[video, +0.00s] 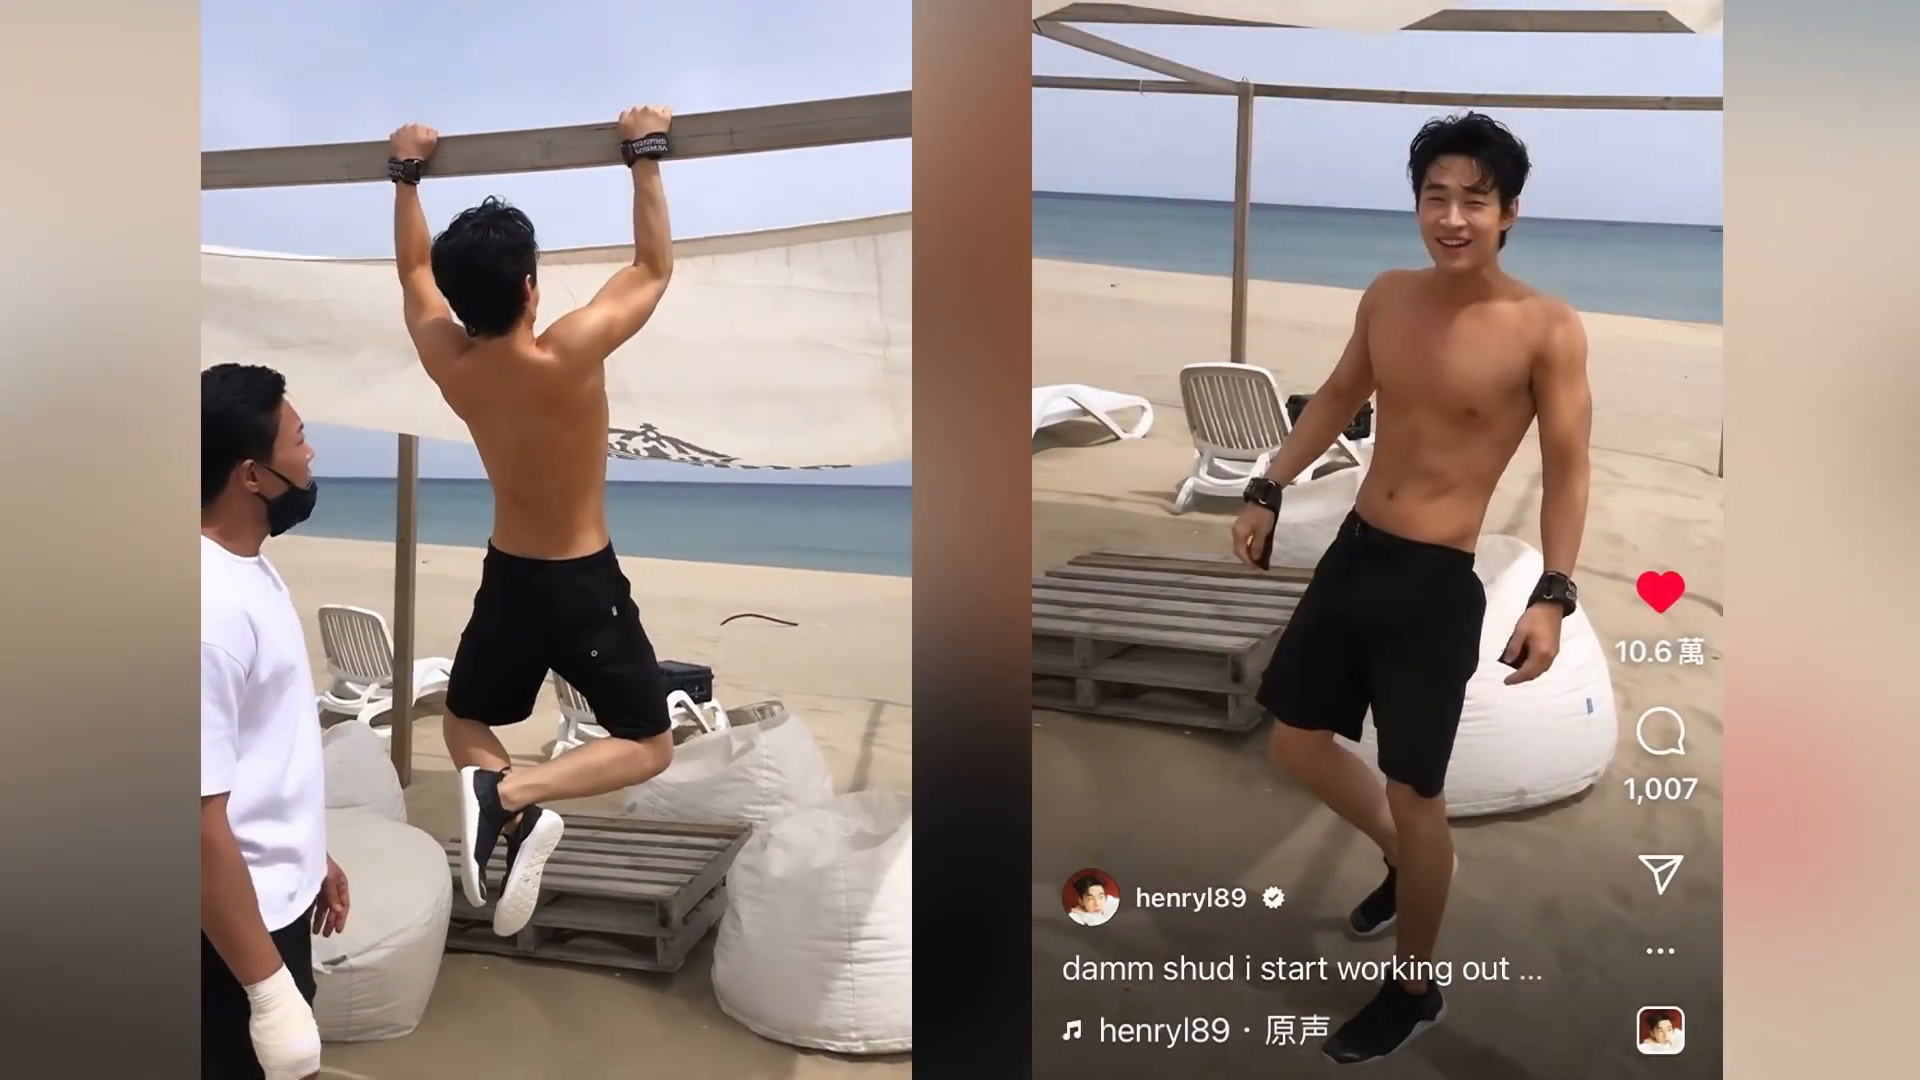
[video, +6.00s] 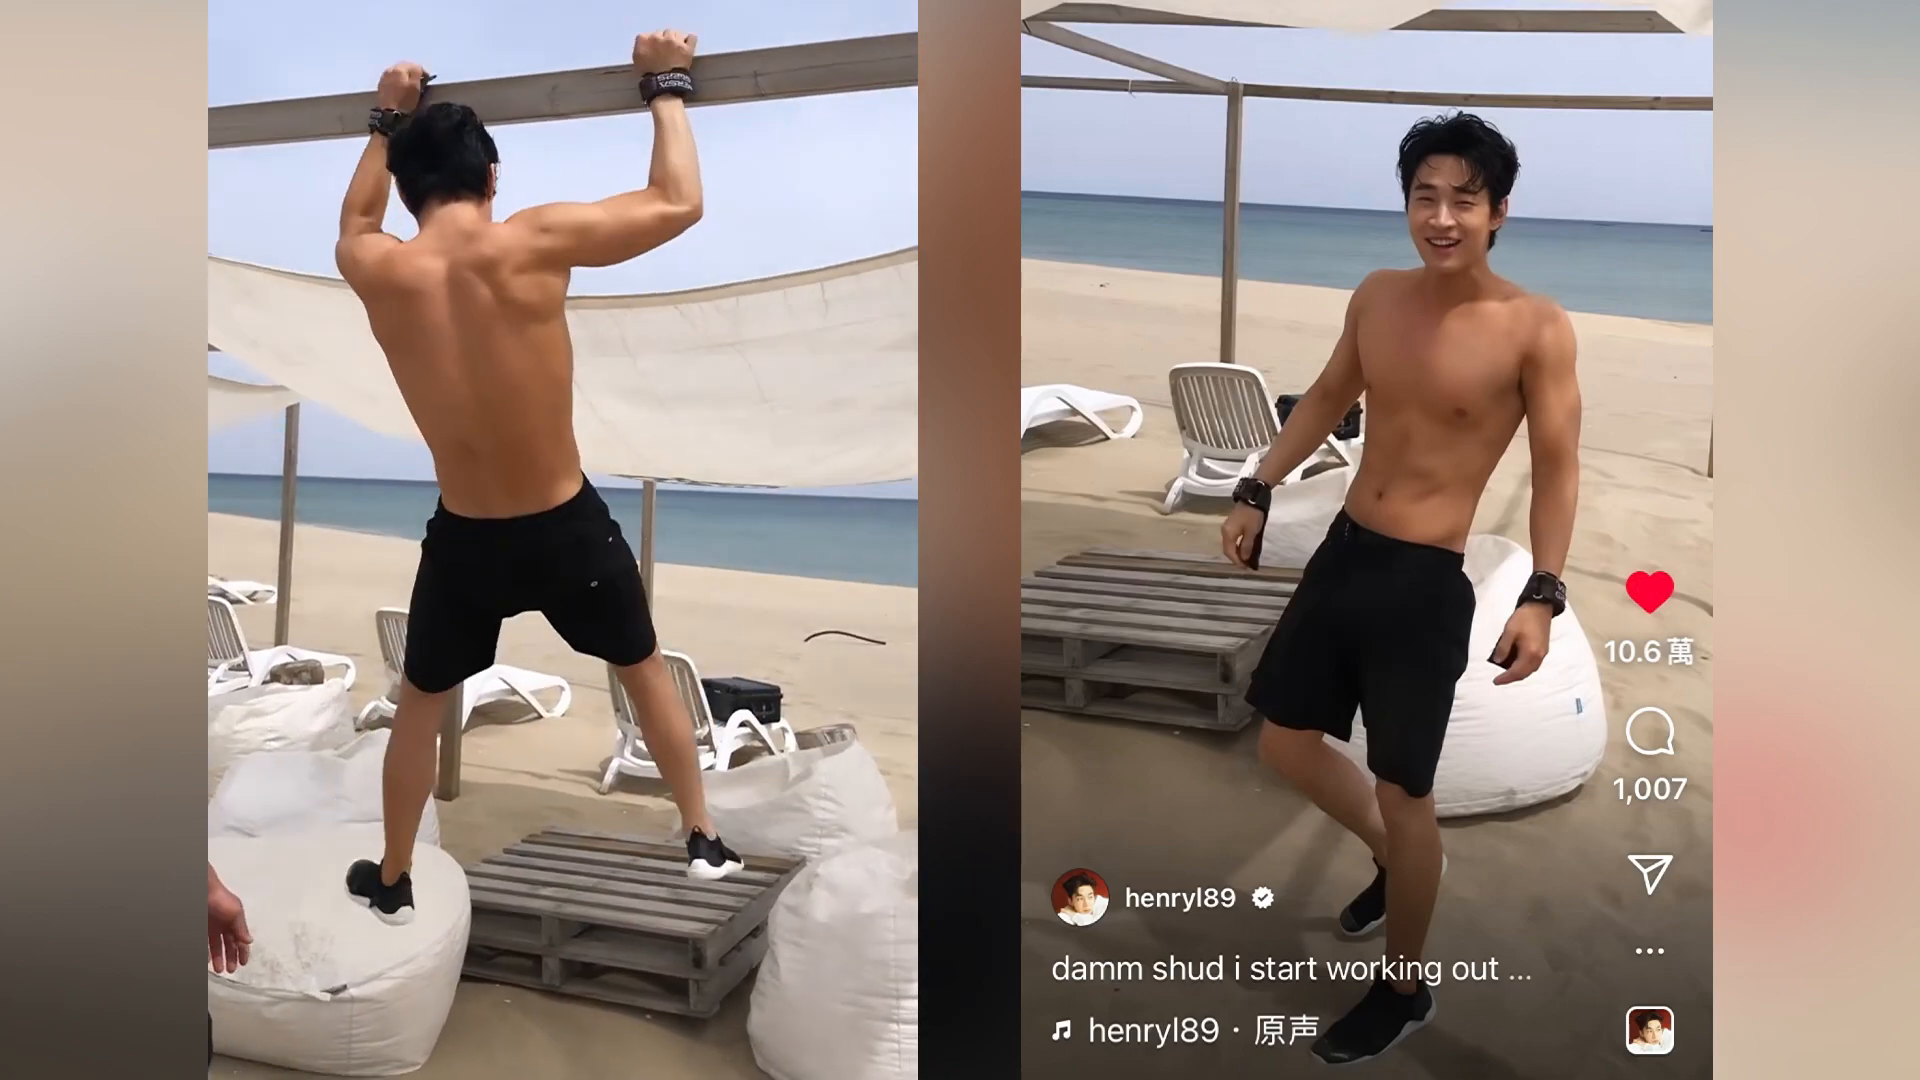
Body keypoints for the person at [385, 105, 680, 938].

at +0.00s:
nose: (541, 272)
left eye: (527, 265)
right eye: (535, 265)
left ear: (461, 297)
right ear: (528, 285)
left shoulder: (454, 364)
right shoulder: (574, 346)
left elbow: (417, 275)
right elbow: (651, 268)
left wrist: (404, 175)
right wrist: (645, 157)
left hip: (508, 583)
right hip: (588, 583)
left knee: (463, 719)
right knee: (647, 745)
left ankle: (521, 817)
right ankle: (509, 791)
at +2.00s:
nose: (524, 319)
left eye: (514, 306)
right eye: (521, 307)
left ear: (430, 331)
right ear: (512, 325)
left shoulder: (411, 414)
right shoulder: (559, 408)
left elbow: (376, 336)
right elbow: (648, 342)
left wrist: (370, 235)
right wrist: (641, 226)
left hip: (468, 670)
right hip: (558, 673)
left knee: (417, 830)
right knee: (620, 853)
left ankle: (487, 924)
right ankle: (472, 892)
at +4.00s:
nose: (595, 281)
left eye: (588, 269)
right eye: (594, 269)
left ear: (501, 292)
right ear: (583, 287)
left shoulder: (479, 376)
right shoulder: (626, 371)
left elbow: (451, 292)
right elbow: (720, 302)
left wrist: (446, 190)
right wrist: (719, 181)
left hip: (526, 639)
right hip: (618, 648)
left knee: (467, 802)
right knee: (672, 841)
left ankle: (525, 916)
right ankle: (515, 872)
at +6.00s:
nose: (502, 180)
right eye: (498, 168)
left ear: (404, 188)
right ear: (491, 174)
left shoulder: (380, 270)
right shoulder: (540, 239)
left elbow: (358, 217)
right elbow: (677, 201)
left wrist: (385, 123)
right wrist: (668, 86)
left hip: (462, 541)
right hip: (568, 531)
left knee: (420, 703)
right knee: (641, 664)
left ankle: (392, 875)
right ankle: (703, 836)